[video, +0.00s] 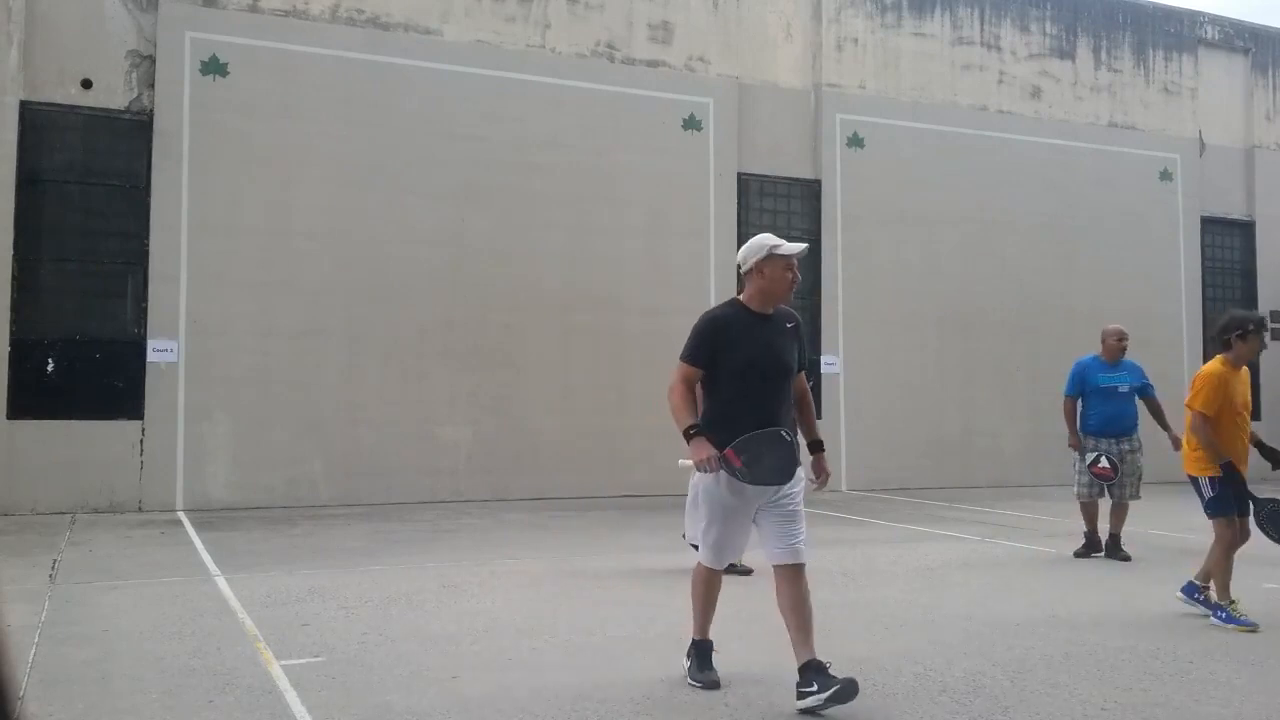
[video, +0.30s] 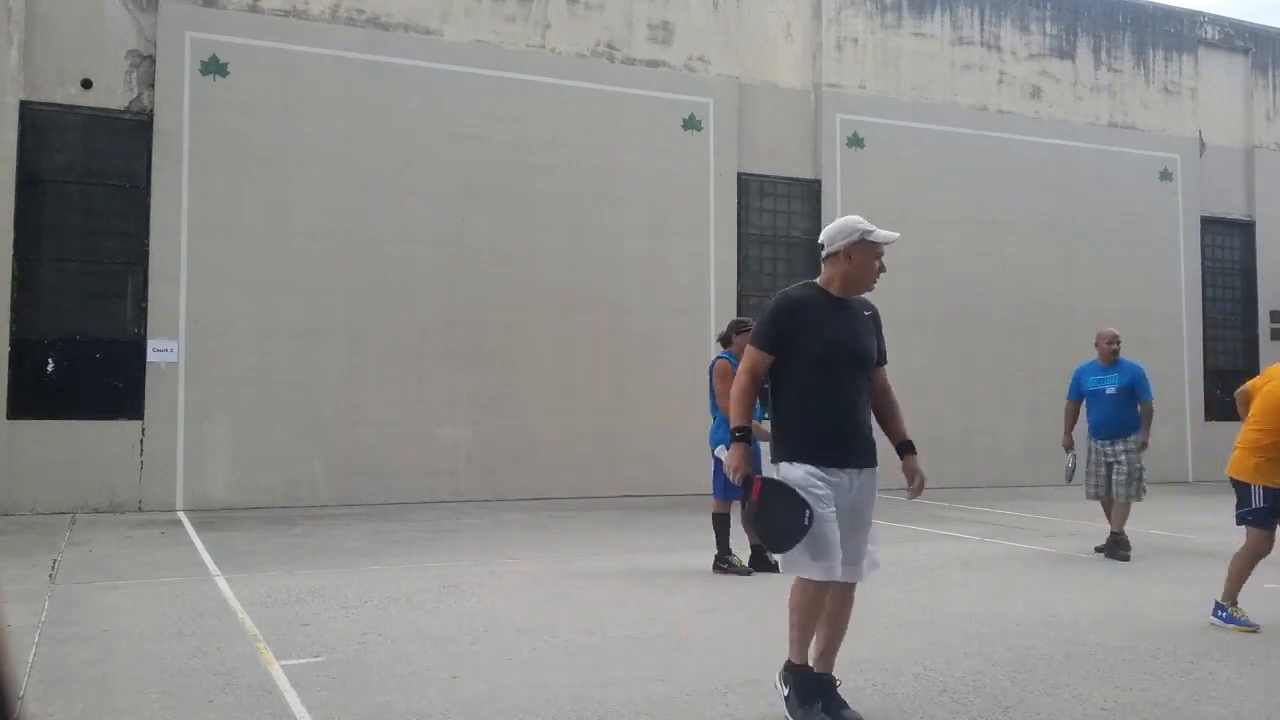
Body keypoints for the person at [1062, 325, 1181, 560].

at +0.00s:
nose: (1124, 344)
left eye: (1125, 340)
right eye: (1118, 340)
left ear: (1127, 343)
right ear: (1104, 343)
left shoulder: (1134, 370)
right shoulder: (1084, 367)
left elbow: (1151, 401)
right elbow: (1069, 401)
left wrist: (1169, 431)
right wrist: (1073, 434)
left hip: (1126, 442)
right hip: (1092, 441)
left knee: (1122, 495)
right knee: (1086, 493)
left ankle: (1114, 543)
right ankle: (1092, 540)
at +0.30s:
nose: (1114, 347)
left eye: (1117, 343)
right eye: (1109, 343)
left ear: (1121, 345)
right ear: (1097, 346)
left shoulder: (1133, 371)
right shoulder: (1083, 373)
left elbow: (1146, 405)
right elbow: (1073, 404)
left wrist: (1144, 434)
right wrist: (1067, 433)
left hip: (1126, 442)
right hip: (1097, 443)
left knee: (1122, 491)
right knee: (1103, 492)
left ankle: (1116, 539)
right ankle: (1117, 536)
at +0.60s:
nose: (1112, 346)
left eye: (1115, 342)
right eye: (1107, 343)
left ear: (1120, 344)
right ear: (1097, 346)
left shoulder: (1134, 367)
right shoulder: (1091, 372)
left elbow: (1145, 401)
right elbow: (1086, 404)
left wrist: (1125, 429)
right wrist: (1081, 435)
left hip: (1134, 437)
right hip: (1106, 438)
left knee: (1133, 488)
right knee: (1111, 488)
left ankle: (1134, 538)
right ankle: (1118, 536)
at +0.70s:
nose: (1116, 346)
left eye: (1119, 341)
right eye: (1110, 343)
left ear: (1124, 344)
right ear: (1100, 346)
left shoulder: (1137, 367)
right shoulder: (1096, 372)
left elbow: (1148, 401)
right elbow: (1091, 404)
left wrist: (1129, 431)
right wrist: (1086, 434)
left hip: (1137, 437)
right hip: (1109, 439)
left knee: (1142, 488)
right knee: (1112, 488)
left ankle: (1154, 538)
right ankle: (1119, 537)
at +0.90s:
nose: (1128, 346)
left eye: (1131, 342)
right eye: (1123, 343)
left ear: (1137, 344)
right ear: (1114, 347)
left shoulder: (1150, 368)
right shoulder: (1109, 372)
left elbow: (1163, 402)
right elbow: (1104, 404)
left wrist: (1149, 431)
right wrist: (1099, 433)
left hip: (1147, 441)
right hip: (1119, 441)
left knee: (1163, 490)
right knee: (1117, 488)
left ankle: (1185, 538)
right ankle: (1119, 537)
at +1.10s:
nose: (1146, 349)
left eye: (1150, 345)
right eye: (1141, 346)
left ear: (1157, 347)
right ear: (1133, 349)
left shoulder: (1172, 371)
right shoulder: (1128, 373)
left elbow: (1196, 401)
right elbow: (1123, 399)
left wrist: (1175, 426)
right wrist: (1117, 426)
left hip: (1168, 442)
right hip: (1139, 444)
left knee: (1178, 494)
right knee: (1131, 492)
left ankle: (1191, 542)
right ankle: (1129, 538)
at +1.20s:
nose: (1155, 349)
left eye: (1158, 345)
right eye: (1151, 346)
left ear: (1166, 346)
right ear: (1145, 348)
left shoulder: (1180, 370)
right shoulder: (1141, 371)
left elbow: (1211, 395)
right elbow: (1135, 404)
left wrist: (1192, 424)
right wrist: (1140, 432)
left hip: (1178, 439)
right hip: (1152, 441)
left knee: (1184, 493)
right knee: (1163, 492)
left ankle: (1191, 541)